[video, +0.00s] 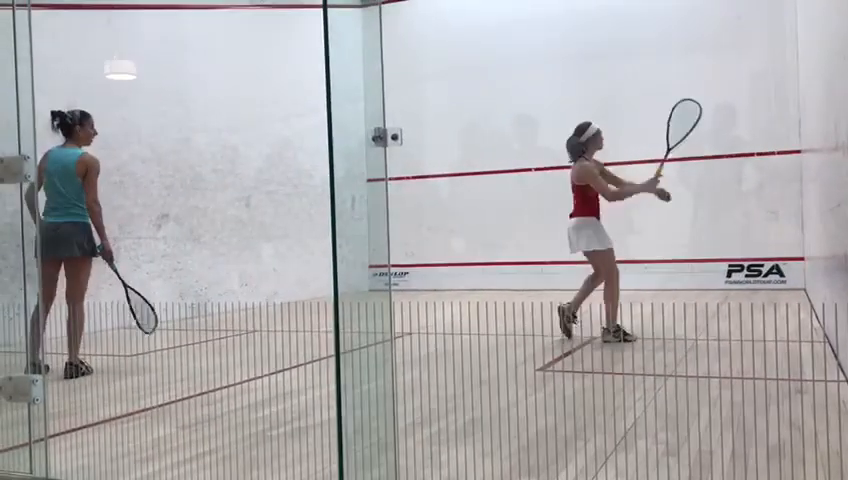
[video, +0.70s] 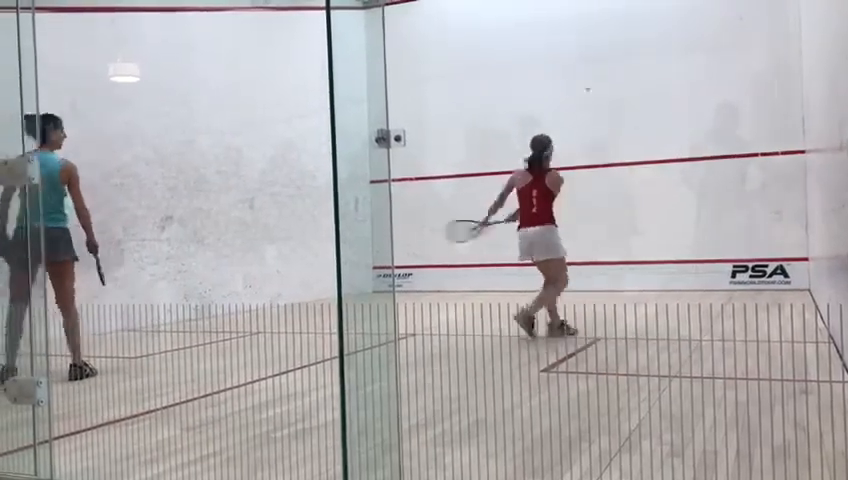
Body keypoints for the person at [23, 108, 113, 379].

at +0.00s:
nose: (95, 132)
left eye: (94, 127)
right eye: (91, 127)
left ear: (73, 130)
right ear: (78, 129)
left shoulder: (48, 157)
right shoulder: (89, 161)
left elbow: (30, 194)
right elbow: (92, 205)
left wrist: (38, 223)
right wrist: (104, 242)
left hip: (48, 231)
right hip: (78, 231)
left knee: (44, 298)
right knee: (75, 300)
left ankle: (34, 359)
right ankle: (73, 361)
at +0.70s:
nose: (64, 135)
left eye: (62, 130)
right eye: (60, 130)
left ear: (39, 135)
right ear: (49, 134)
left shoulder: (17, 164)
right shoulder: (64, 166)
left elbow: (4, 202)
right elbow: (80, 208)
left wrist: (3, 237)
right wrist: (91, 236)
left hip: (23, 238)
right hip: (56, 237)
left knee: (17, 302)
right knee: (67, 304)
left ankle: (9, 365)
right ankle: (77, 363)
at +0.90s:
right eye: (37, 138)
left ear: (12, 139)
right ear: (37, 139)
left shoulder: (3, 165)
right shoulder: (44, 169)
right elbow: (59, 209)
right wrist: (58, 227)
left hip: (6, 240)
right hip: (33, 239)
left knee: (4, 306)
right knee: (42, 295)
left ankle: (7, 363)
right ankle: (62, 343)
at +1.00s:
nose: (27, 144)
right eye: (29, 139)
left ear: (5, 140)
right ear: (29, 140)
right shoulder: (37, 170)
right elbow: (50, 211)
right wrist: (29, 217)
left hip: (5, 238)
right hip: (29, 238)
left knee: (2, 301)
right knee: (26, 295)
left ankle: (4, 361)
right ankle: (40, 352)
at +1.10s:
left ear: (4, 149)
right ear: (20, 148)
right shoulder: (28, 178)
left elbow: (36, 213)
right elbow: (37, 213)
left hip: (8, 242)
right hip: (21, 243)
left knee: (13, 302)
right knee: (14, 301)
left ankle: (28, 356)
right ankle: (29, 356)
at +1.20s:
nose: (2, 162)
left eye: (1, 157)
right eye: (4, 157)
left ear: (3, 155)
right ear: (8, 155)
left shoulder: (12, 183)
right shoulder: (20, 183)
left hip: (13, 250)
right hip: (19, 250)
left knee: (7, 303)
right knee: (7, 304)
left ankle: (27, 356)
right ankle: (26, 355)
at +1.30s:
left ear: (6, 172)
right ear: (8, 173)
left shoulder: (7, 193)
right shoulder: (7, 193)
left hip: (8, 253)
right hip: (10, 252)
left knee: (6, 308)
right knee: (6, 308)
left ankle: (25, 357)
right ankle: (25, 356)